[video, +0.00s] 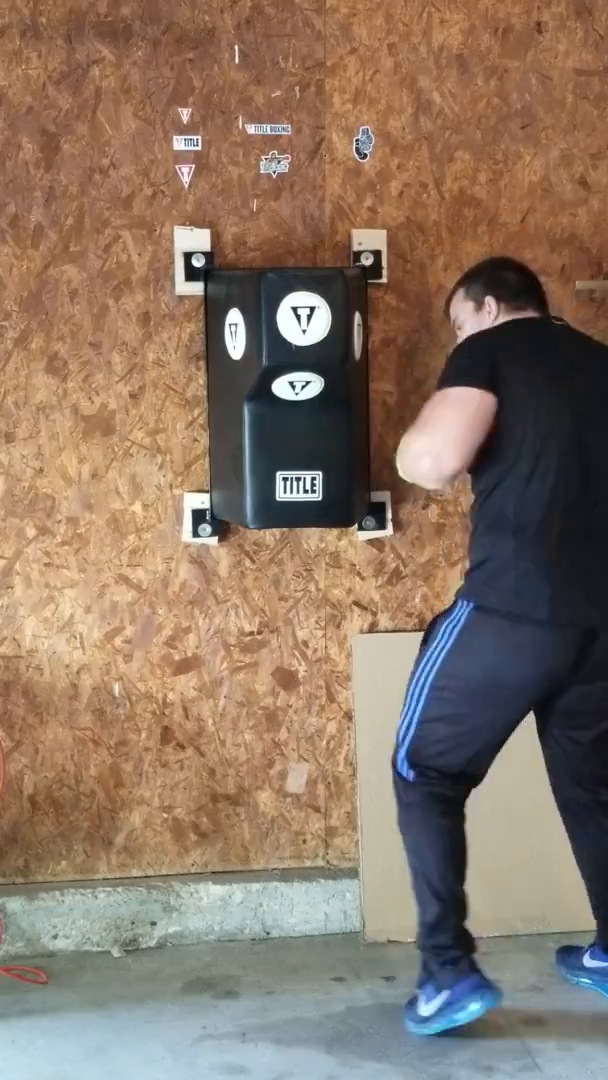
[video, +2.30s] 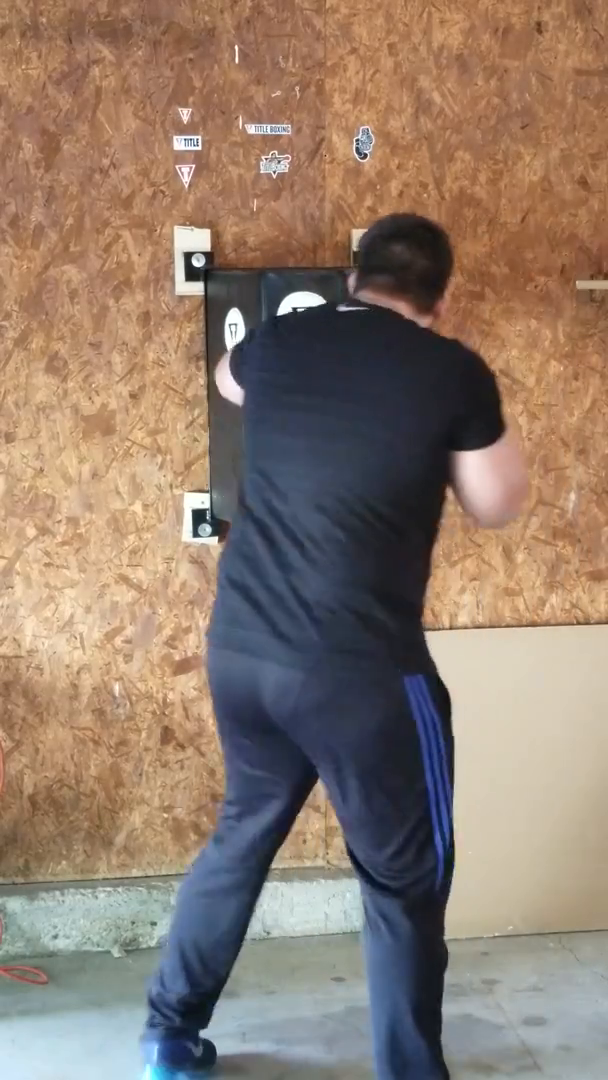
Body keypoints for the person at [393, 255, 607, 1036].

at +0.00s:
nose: (459, 337)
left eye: (460, 323)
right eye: (457, 326)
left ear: (487, 305)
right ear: (536, 305)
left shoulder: (489, 350)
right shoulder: (599, 359)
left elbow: (428, 463)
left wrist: (448, 431)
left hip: (516, 608)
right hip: (600, 616)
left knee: (426, 775)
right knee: (593, 791)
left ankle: (447, 970)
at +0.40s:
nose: (416, 347)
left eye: (423, 333)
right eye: (417, 336)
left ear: (455, 322)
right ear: (489, 325)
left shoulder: (484, 351)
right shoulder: (549, 404)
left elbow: (370, 388)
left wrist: (395, 357)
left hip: (463, 614)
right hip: (537, 626)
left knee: (387, 796)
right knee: (482, 766)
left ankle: (391, 1005)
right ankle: (592, 937)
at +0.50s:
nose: (421, 342)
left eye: (425, 325)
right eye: (419, 331)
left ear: (463, 308)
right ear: (472, 314)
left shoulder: (543, 349)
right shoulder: (487, 407)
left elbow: (471, 382)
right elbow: (433, 550)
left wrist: (413, 350)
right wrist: (334, 522)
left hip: (467, 611)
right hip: (484, 617)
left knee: (387, 798)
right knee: (455, 776)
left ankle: (393, 1006)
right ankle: (564, 938)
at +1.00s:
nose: (396, 326)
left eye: (396, 305)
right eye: (391, 310)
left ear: (429, 287)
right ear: (453, 283)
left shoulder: (483, 350)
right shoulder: (514, 342)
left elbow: (444, 472)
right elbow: (457, 458)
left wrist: (369, 428)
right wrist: (393, 411)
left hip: (470, 597)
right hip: (534, 598)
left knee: (378, 782)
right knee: (511, 768)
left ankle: (349, 987)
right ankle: (560, 953)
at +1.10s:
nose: (385, 330)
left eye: (383, 316)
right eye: (381, 319)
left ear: (413, 300)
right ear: (459, 289)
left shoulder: (442, 362)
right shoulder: (531, 356)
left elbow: (371, 475)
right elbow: (474, 453)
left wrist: (330, 406)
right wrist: (397, 390)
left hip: (447, 617)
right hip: (534, 615)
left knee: (368, 801)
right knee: (510, 769)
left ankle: (319, 1003)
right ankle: (561, 954)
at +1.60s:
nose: (356, 313)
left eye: (355, 304)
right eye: (362, 306)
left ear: (371, 300)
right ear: (448, 294)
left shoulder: (338, 358)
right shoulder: (517, 368)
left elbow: (257, 463)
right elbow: (481, 462)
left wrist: (281, 395)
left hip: (355, 641)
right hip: (477, 642)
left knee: (324, 828)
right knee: (495, 840)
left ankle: (303, 1021)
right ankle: (522, 1049)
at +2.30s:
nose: (436, 309)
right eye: (440, 297)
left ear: (353, 277)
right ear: (438, 297)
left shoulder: (280, 336)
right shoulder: (452, 370)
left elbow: (228, 382)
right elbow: (495, 501)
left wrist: (334, 348)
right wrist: (433, 425)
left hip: (241, 653)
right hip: (360, 665)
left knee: (245, 822)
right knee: (402, 884)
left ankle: (170, 1033)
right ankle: (412, 1068)